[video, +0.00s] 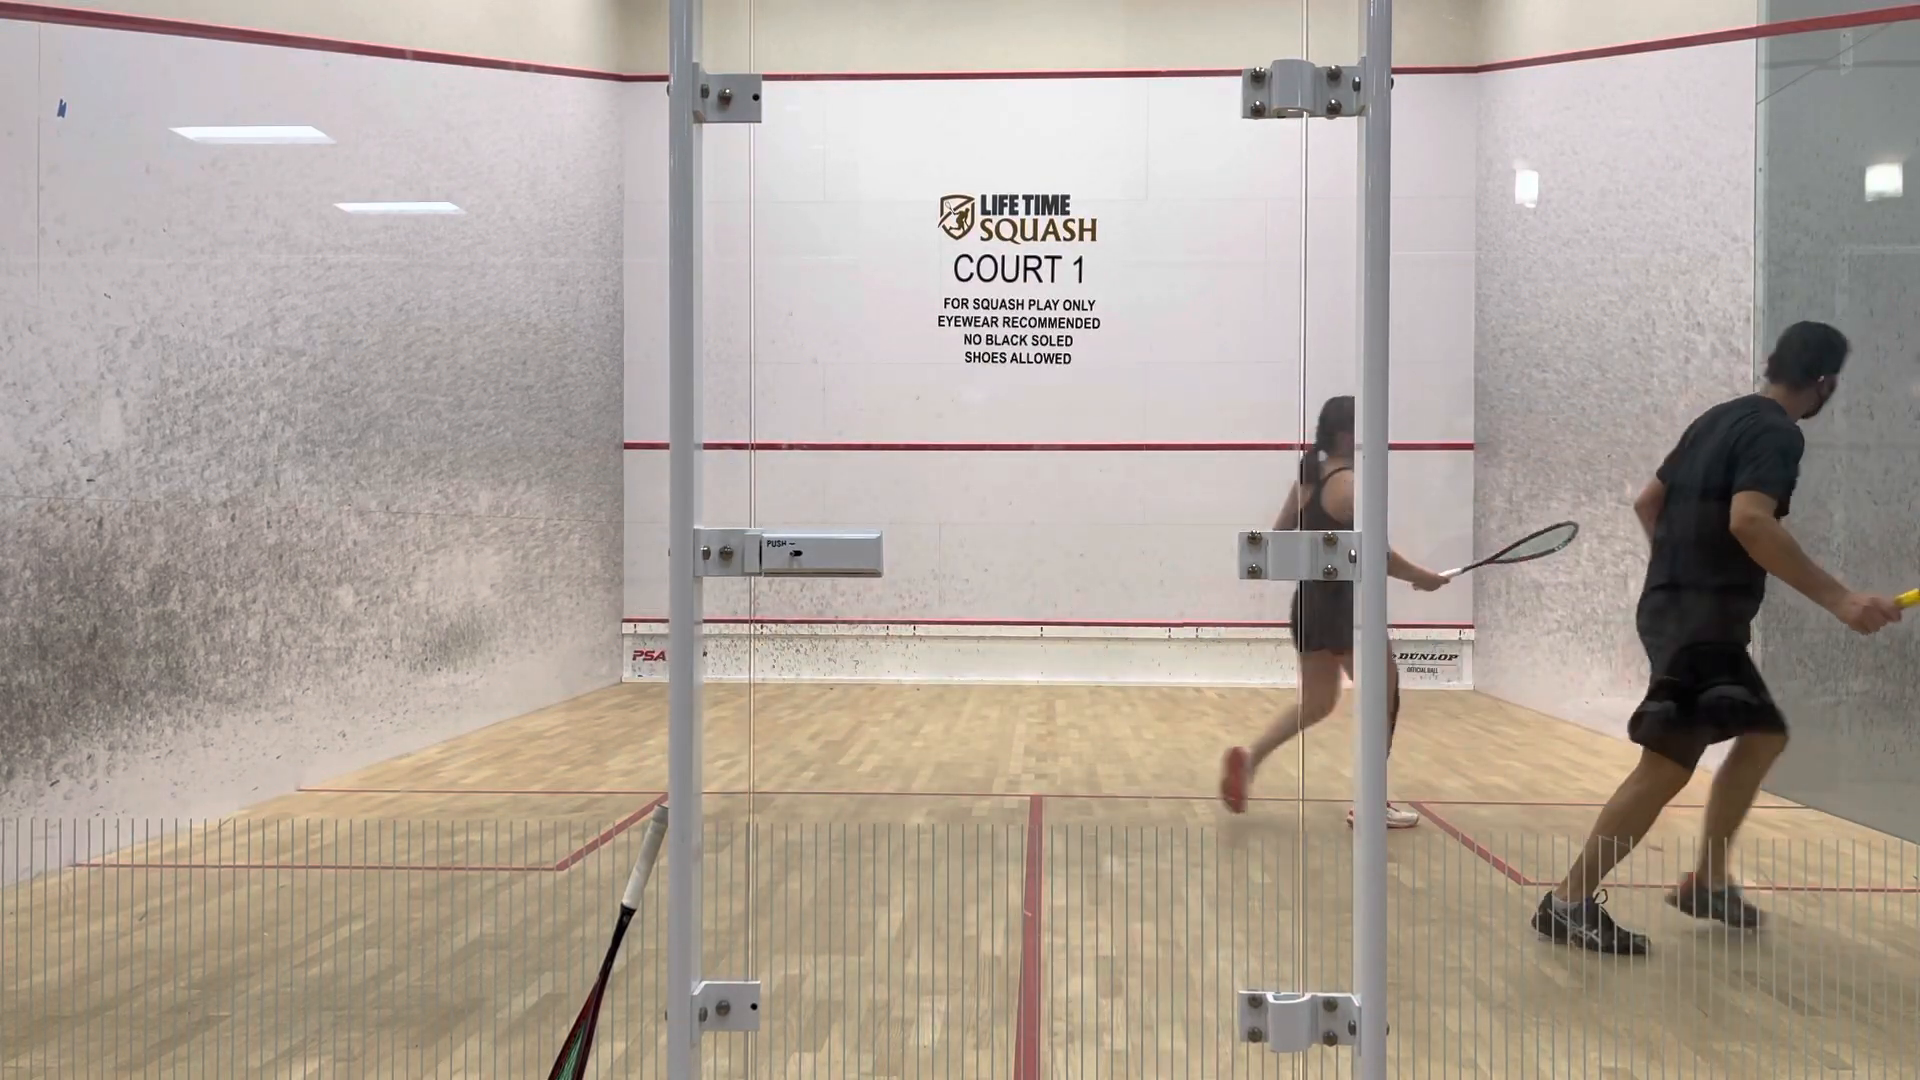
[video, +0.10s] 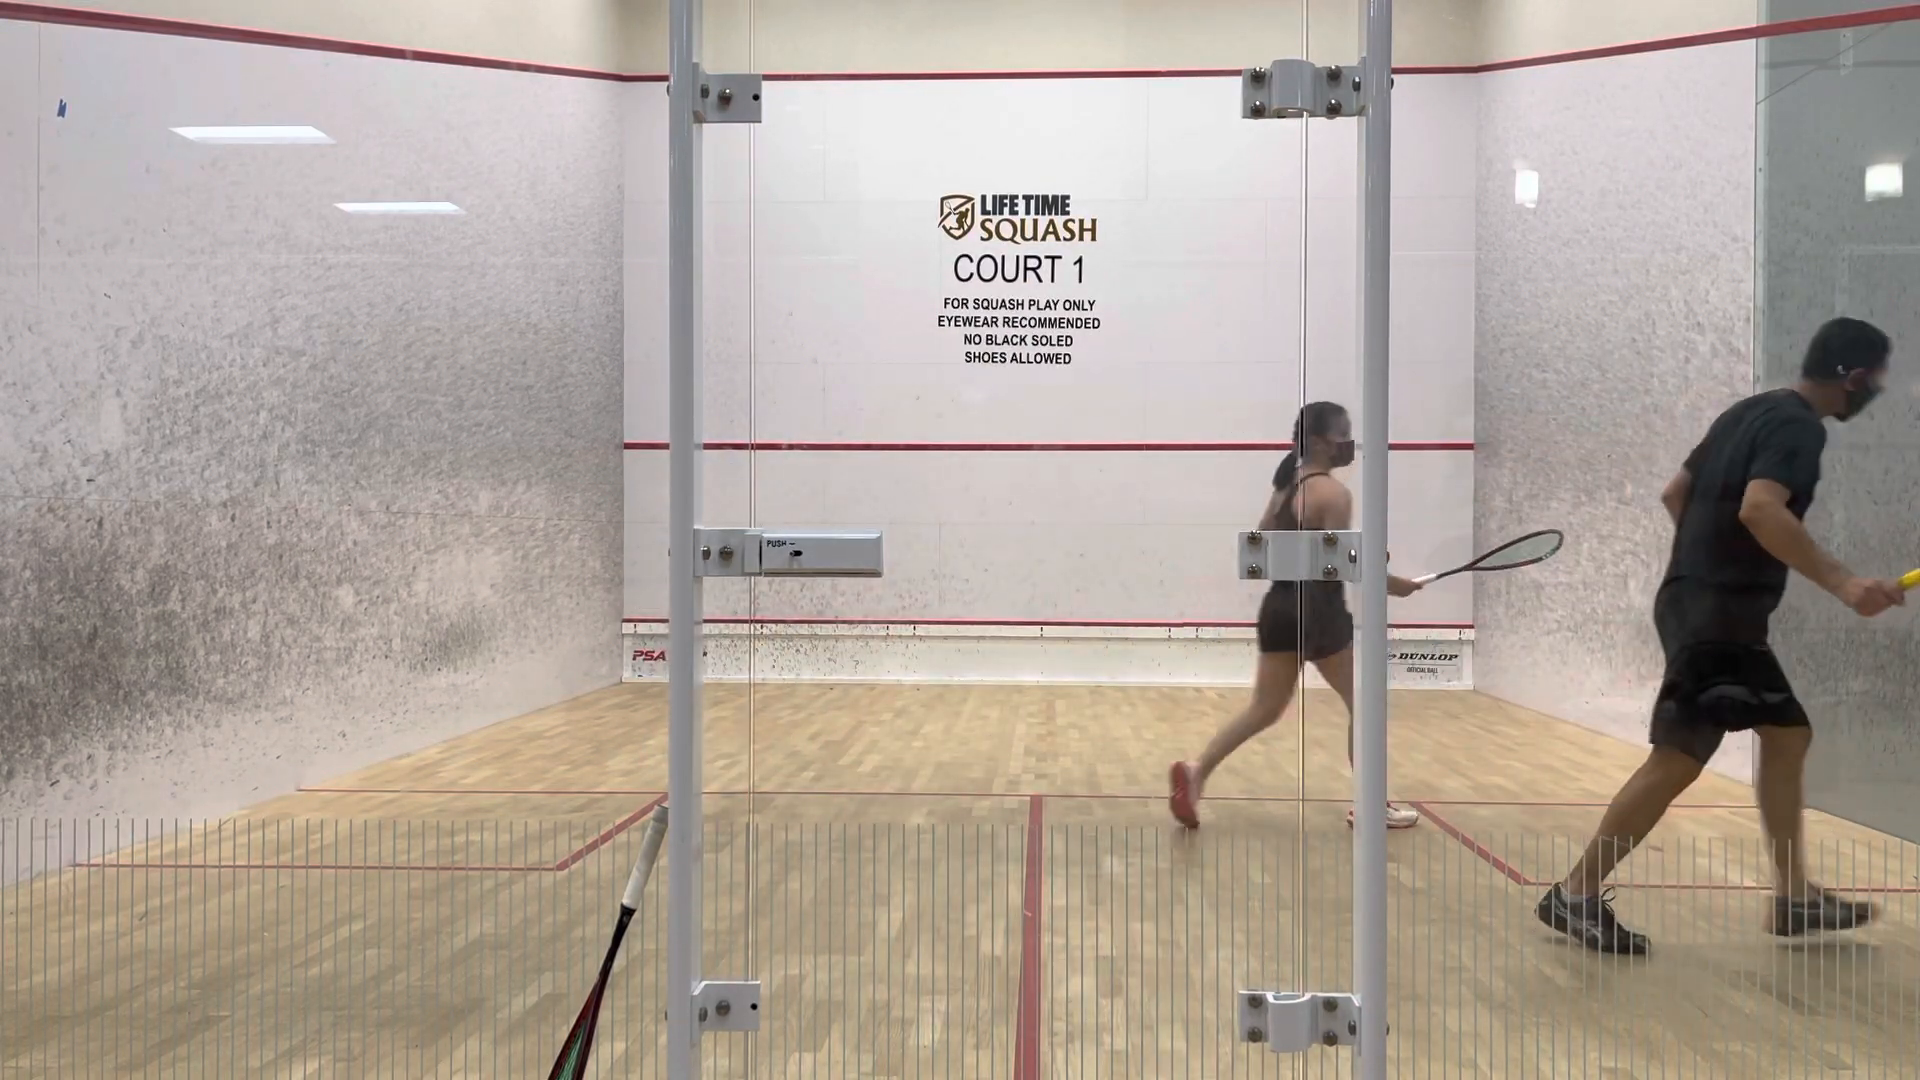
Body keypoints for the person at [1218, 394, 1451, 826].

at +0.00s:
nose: (1366, 437)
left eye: (1364, 428)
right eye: (1361, 430)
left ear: (1327, 434)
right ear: (1347, 434)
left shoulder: (1308, 478)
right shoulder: (1350, 484)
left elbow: (1280, 533)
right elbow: (1374, 550)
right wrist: (1420, 576)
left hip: (1310, 602)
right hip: (1348, 605)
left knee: (1316, 702)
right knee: (1385, 695)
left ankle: (1251, 754)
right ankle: (1370, 802)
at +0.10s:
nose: (1352, 441)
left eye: (1350, 433)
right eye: (1344, 434)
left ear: (1310, 442)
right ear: (1320, 440)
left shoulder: (1286, 489)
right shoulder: (1333, 493)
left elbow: (1263, 541)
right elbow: (1343, 559)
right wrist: (1391, 584)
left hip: (1278, 606)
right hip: (1321, 608)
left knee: (1265, 707)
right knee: (1363, 704)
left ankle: (1196, 772)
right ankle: (1370, 804)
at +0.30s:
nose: (1303, 453)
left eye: (1302, 445)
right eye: (1297, 446)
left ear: (1261, 452)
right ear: (1274, 452)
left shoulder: (1237, 492)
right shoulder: (1279, 503)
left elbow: (1229, 553)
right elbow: (1284, 575)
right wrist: (1330, 594)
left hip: (1215, 620)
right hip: (1254, 625)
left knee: (1211, 723)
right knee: (1314, 707)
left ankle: (1156, 808)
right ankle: (1350, 802)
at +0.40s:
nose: (1291, 447)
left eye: (1292, 440)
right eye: (1286, 439)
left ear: (1252, 443)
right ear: (1261, 441)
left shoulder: (1223, 479)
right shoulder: (1270, 494)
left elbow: (1195, 539)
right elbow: (1272, 564)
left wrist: (1237, 558)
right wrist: (1317, 589)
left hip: (1201, 610)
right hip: (1241, 614)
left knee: (1204, 716)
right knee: (1305, 698)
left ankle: (1156, 807)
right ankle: (1309, 808)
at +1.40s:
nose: (1313, 461)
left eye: (1312, 453)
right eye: (1310, 453)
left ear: (1264, 453)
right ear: (1298, 458)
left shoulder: (1231, 497)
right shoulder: (1297, 517)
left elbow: (1193, 548)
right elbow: (1317, 593)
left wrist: (1232, 566)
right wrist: (1377, 573)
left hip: (1204, 633)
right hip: (1250, 641)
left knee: (1205, 722)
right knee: (1329, 722)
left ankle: (1157, 808)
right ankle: (1310, 830)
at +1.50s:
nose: (1346, 451)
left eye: (1344, 442)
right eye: (1341, 443)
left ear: (1298, 444)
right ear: (1326, 448)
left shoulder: (1269, 488)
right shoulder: (1328, 503)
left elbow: (1229, 539)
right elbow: (1352, 578)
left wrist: (1288, 554)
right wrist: (1416, 556)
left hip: (1243, 627)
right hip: (1282, 636)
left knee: (1222, 723)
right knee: (1353, 729)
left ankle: (1169, 798)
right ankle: (1310, 835)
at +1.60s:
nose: (1381, 426)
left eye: (1378, 415)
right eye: (1376, 416)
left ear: (1329, 420)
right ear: (1365, 423)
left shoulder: (1307, 467)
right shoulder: (1349, 477)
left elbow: (1275, 525)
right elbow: (1377, 556)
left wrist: (1314, 572)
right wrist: (1444, 532)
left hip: (1276, 610)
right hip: (1312, 618)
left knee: (1278, 714)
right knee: (1359, 727)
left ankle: (1230, 812)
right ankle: (1312, 832)